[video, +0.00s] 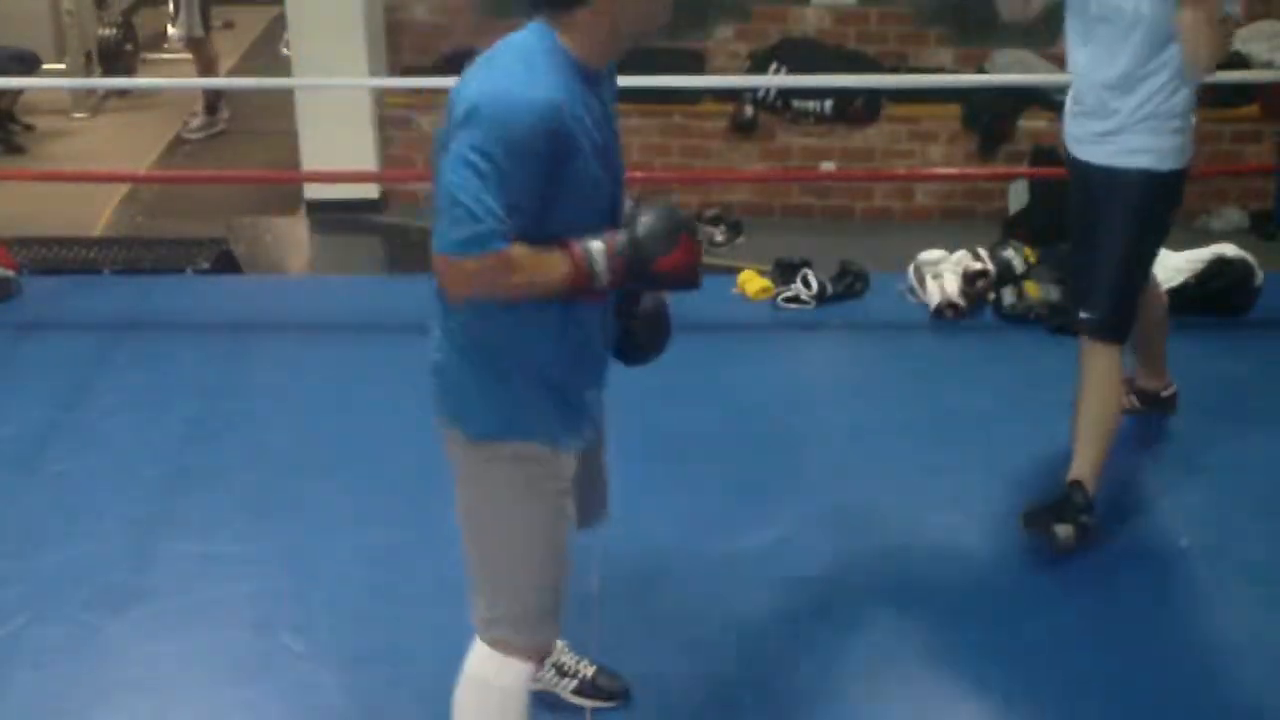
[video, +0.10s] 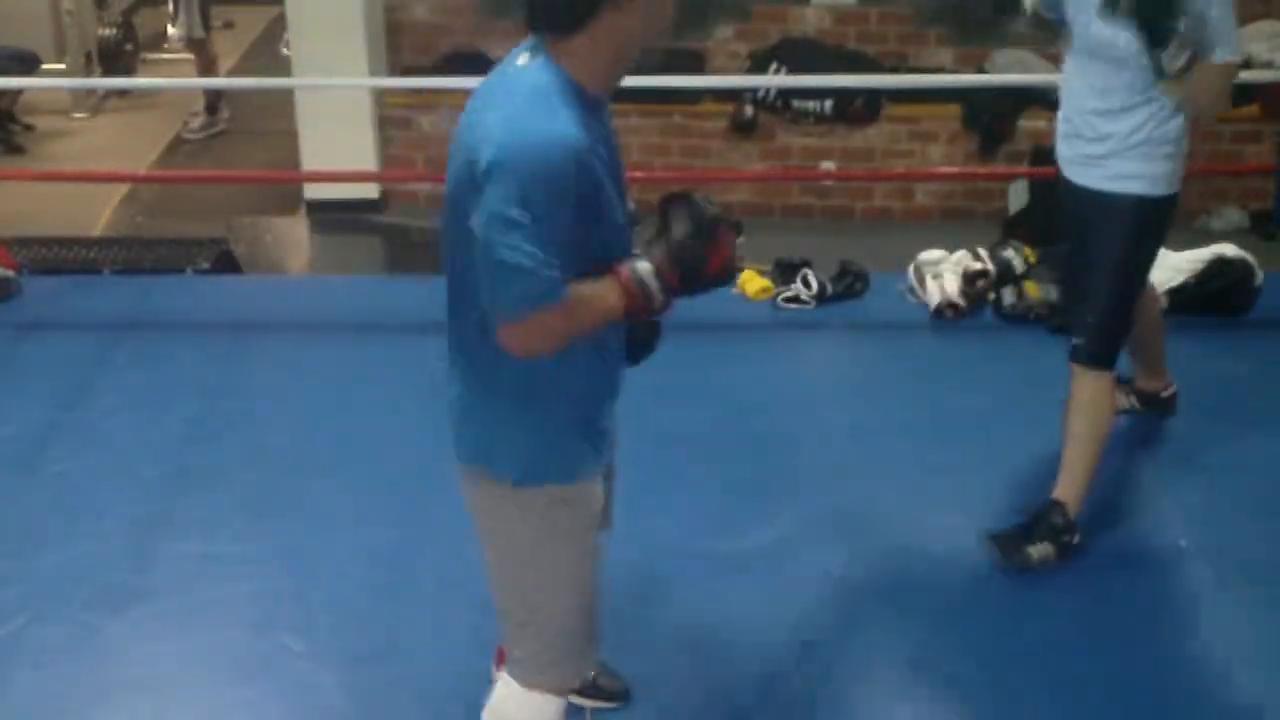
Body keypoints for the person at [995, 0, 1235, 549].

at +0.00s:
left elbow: (1202, 59)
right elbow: (1017, 12)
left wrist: (1206, 4)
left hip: (1148, 150)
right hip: (1084, 140)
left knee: (1101, 329)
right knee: (1131, 277)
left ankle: (1079, 492)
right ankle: (1152, 381)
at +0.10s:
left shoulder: (1201, 7)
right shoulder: (1076, 2)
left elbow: (1207, 101)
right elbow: (1063, 44)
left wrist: (1169, 51)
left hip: (1138, 174)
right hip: (1076, 164)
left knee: (1093, 349)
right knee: (1126, 289)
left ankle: (1063, 513)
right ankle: (1153, 384)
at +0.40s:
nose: (1051, 3)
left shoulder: (1153, 16)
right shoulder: (1032, 4)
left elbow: (1197, 125)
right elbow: (1008, 58)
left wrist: (1101, 127)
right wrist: (994, 75)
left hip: (1130, 197)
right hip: (1057, 174)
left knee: (1081, 364)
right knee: (1030, 283)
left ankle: (1053, 523)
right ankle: (1066, 383)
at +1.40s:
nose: (1039, 0)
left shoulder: (1170, 19)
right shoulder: (1037, 16)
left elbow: (1204, 150)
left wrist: (1114, 122)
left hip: (1138, 249)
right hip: (1061, 226)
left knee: (1093, 431)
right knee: (1024, 356)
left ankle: (1099, 604)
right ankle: (1055, 468)